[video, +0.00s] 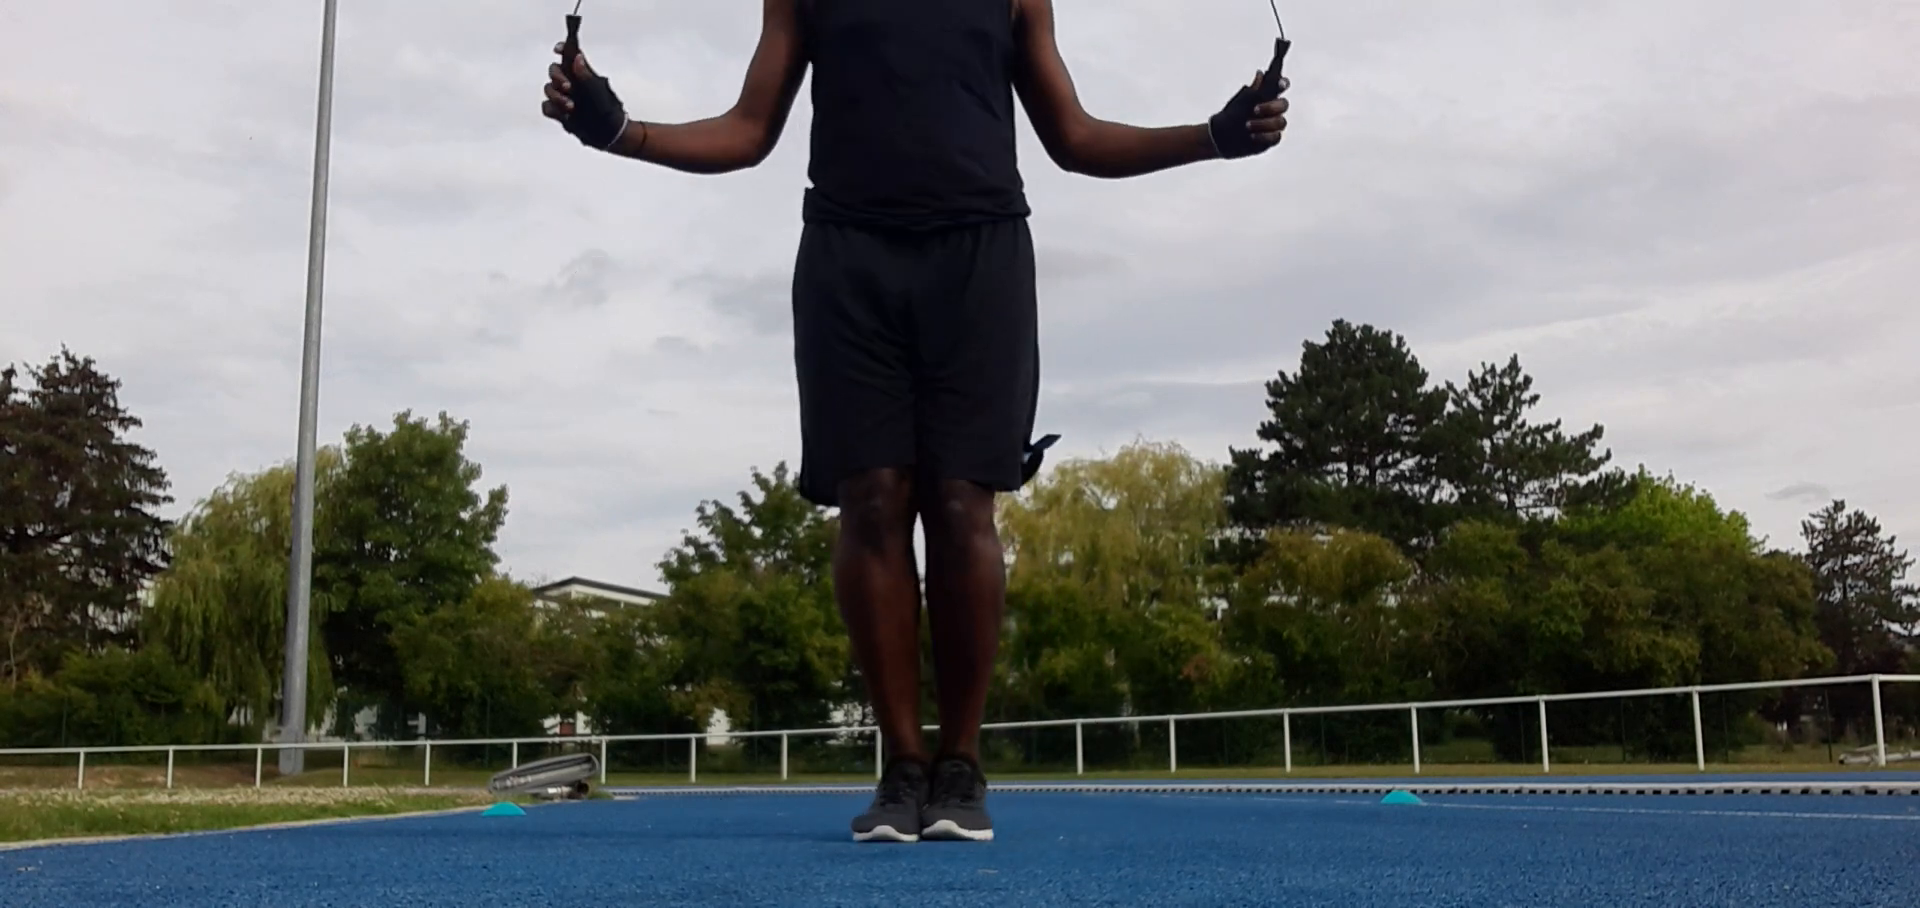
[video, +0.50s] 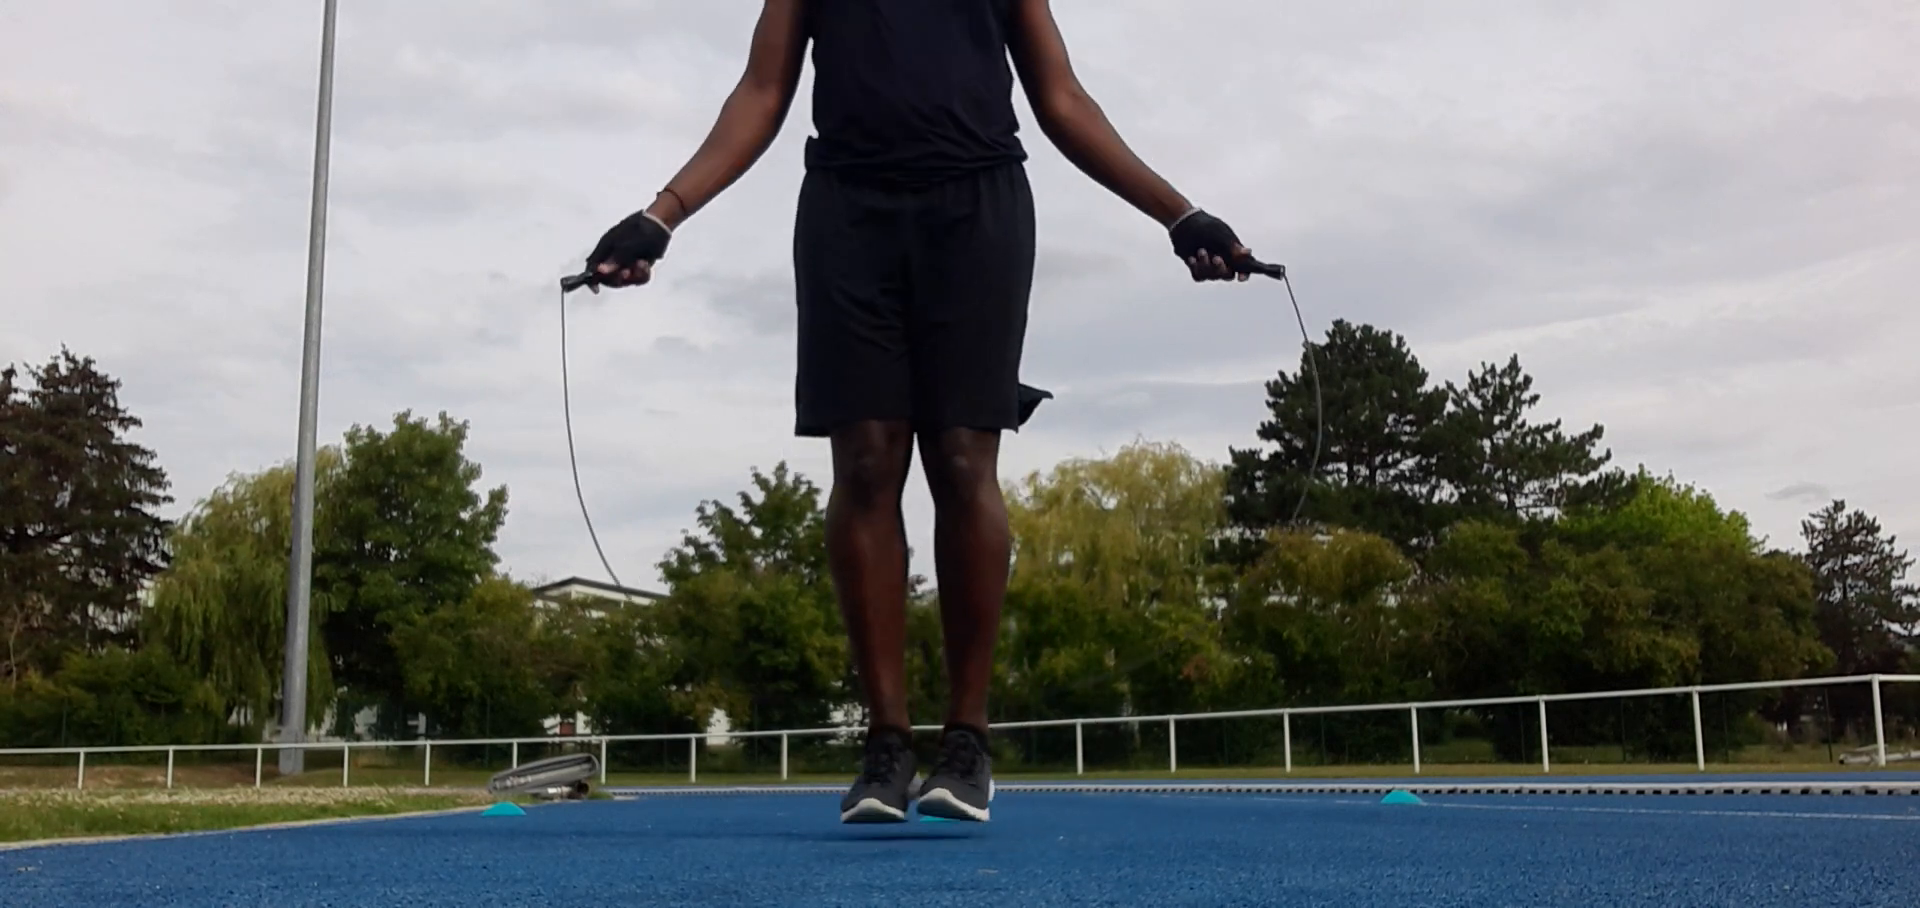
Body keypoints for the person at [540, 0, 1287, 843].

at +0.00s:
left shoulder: (1011, 6)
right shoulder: (802, 7)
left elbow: (1074, 136)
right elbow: (744, 131)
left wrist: (1214, 135)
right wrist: (617, 129)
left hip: (980, 248)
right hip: (849, 248)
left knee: (962, 506)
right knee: (871, 504)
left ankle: (958, 773)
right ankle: (903, 775)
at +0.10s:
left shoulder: (1007, 1)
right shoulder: (802, 1)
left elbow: (1067, 98)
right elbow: (757, 91)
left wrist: (1189, 188)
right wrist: (652, 184)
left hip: (979, 207)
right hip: (848, 209)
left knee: (968, 468)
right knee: (866, 464)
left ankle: (966, 759)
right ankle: (894, 765)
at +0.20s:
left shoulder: (1007, 5)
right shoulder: (801, 5)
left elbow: (1055, 99)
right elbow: (767, 91)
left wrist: (1193, 184)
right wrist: (651, 192)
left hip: (979, 193)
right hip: (847, 198)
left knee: (960, 453)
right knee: (871, 453)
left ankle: (965, 733)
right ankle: (889, 736)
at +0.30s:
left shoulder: (1008, 7)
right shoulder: (803, 6)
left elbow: (1063, 134)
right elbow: (766, 128)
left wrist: (1214, 143)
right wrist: (631, 152)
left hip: (978, 232)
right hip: (849, 233)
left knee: (957, 495)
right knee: (870, 495)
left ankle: (956, 766)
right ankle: (892, 768)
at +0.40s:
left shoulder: (1008, 4)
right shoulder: (799, 3)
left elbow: (1069, 132)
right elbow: (752, 129)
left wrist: (1204, 167)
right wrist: (638, 160)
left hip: (976, 251)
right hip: (850, 251)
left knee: (955, 500)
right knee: (867, 500)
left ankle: (954, 765)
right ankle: (896, 769)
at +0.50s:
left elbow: (1062, 100)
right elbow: (761, 89)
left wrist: (1179, 212)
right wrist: (661, 212)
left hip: (978, 201)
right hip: (848, 205)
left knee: (963, 459)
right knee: (867, 459)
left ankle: (965, 742)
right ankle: (887, 745)